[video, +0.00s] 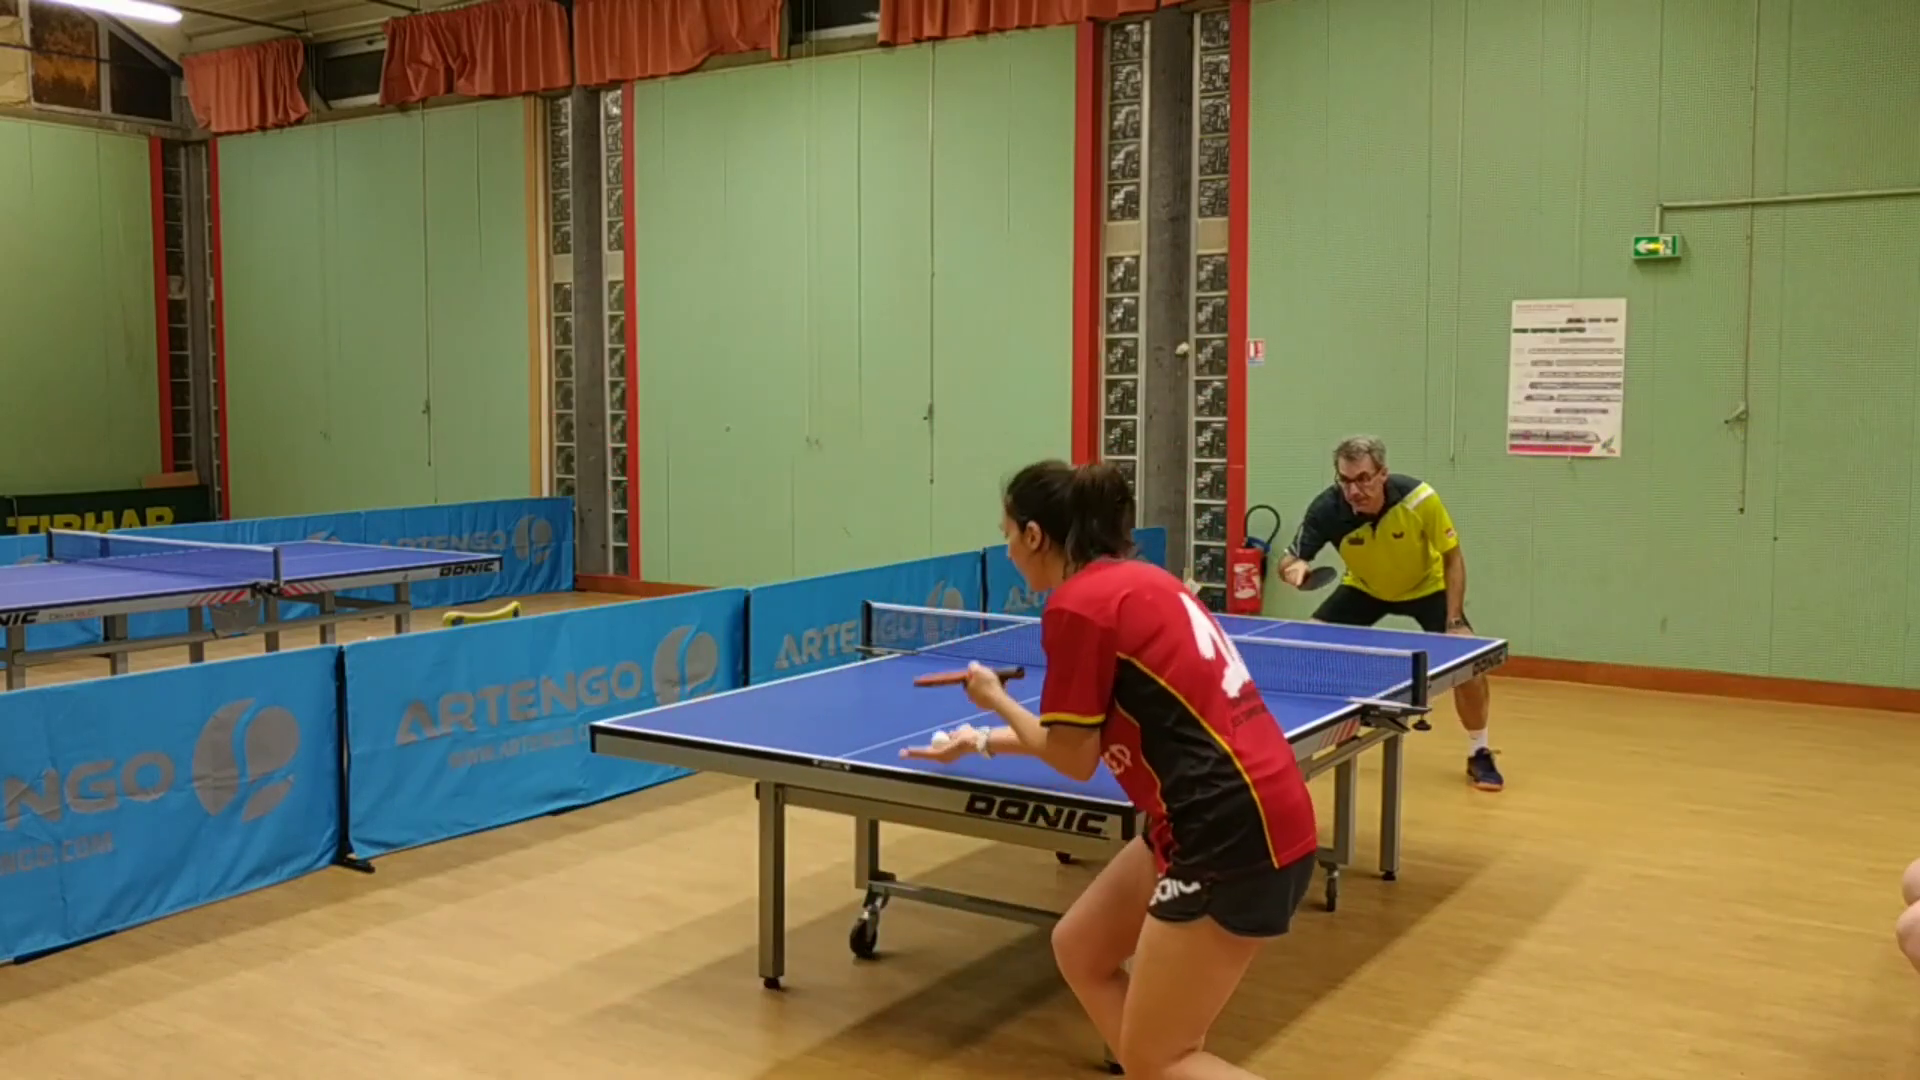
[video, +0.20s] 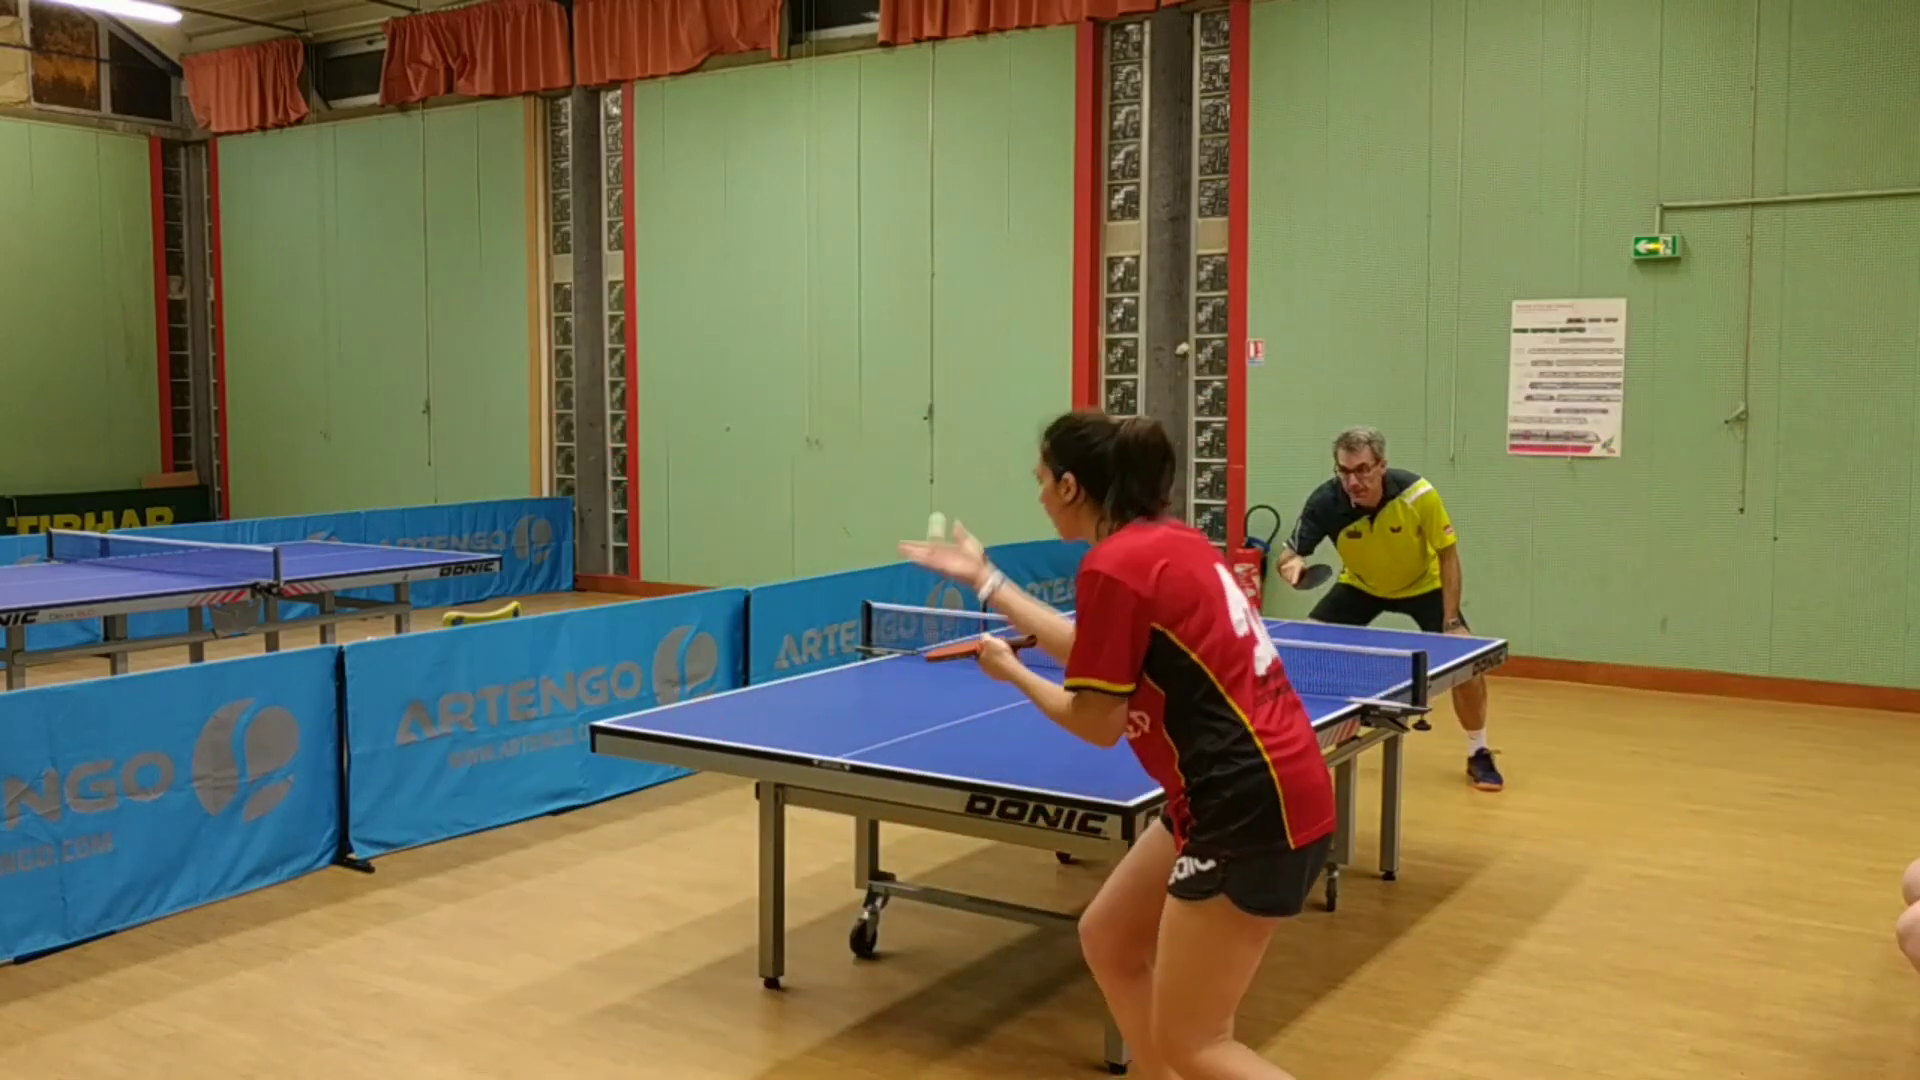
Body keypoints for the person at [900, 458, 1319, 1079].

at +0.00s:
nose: (1009, 551)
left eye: (1008, 535)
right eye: (1007, 535)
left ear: (1035, 536)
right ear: (1089, 527)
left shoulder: (1078, 605)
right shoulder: (1144, 581)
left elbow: (1074, 760)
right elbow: (1099, 733)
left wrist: (997, 701)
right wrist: (984, 740)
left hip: (1238, 840)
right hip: (1198, 823)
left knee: (1158, 1057)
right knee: (1081, 947)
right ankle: (1145, 1067)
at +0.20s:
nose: (1040, 490)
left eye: (1044, 476)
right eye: (1041, 475)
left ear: (1073, 488)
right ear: (1123, 483)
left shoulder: (1115, 566)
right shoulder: (1179, 542)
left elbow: (1099, 724)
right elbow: (1095, 650)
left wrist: (1017, 672)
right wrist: (989, 580)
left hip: (1255, 816)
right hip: (1222, 800)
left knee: (1187, 1043)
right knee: (1109, 938)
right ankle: (1155, 1069)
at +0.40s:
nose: (1076, 433)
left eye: (1082, 418)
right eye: (1078, 417)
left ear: (1113, 432)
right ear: (1154, 430)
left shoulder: (1157, 516)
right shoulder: (1225, 495)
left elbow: (1133, 671)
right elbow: (1177, 581)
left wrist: (1003, 675)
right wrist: (1064, 541)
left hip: (1284, 782)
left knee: (1261, 1025)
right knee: (1163, 930)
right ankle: (1186, 1075)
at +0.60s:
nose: (1081, 423)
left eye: (1084, 407)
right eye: (1080, 408)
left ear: (1118, 417)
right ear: (1163, 413)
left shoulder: (1167, 497)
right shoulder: (1235, 471)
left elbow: (1143, 620)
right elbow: (1228, 552)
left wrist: (986, 616)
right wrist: (1130, 520)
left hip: (1306, 760)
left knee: (1293, 1022)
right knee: (1164, 895)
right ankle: (1293, 1051)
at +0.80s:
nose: (1041, 465)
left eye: (1043, 446)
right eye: (1039, 448)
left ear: (1077, 441)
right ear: (1112, 434)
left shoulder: (1118, 507)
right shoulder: (1206, 486)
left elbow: (1160, 617)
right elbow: (1238, 570)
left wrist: (1052, 665)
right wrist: (1126, 563)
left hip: (1273, 769)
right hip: (1317, 738)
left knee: (1288, 1026)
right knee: (1159, 899)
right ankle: (1244, 1067)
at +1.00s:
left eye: (1037, 410)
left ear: (1039, 418)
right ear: (1117, 409)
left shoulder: (1034, 498)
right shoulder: (1159, 476)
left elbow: (1005, 621)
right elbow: (1197, 596)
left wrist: (988, 741)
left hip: (1170, 768)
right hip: (1243, 746)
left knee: (1175, 1006)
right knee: (1172, 985)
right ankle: (1176, 1067)